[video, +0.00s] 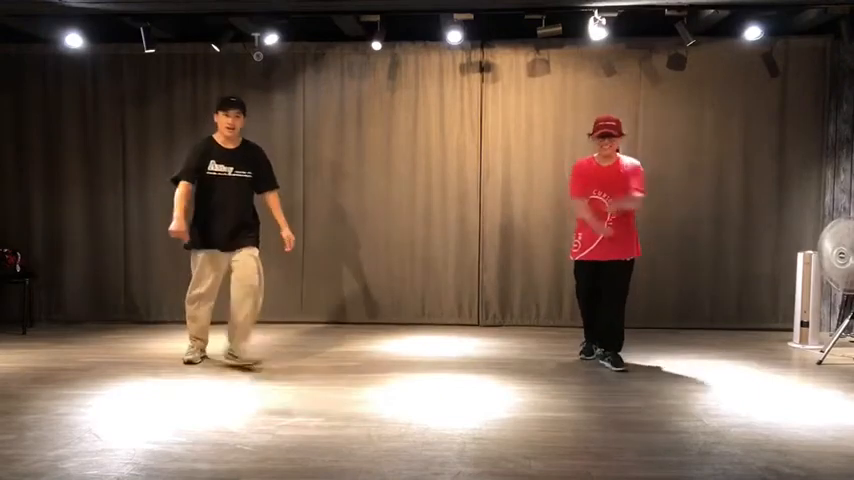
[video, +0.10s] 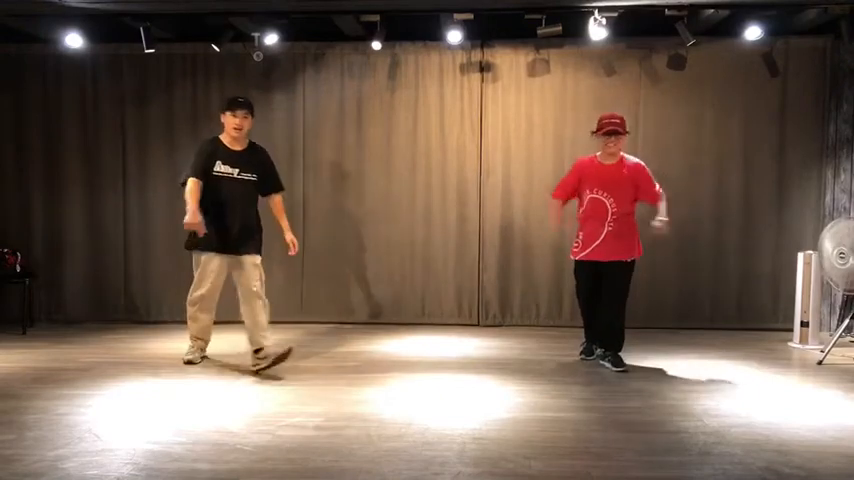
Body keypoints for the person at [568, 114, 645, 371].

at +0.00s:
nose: (606, 142)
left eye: (611, 138)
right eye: (601, 138)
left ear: (619, 140)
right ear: (594, 140)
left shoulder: (632, 167)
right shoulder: (582, 168)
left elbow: (637, 201)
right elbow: (579, 206)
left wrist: (617, 204)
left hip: (620, 248)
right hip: (587, 247)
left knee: (614, 300)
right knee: (587, 296)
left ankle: (610, 349)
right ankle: (591, 341)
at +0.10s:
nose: (611, 141)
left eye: (616, 136)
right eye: (606, 136)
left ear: (624, 138)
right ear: (598, 138)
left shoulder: (635, 168)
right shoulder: (583, 167)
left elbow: (659, 195)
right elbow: (558, 196)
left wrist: (661, 216)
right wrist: (556, 226)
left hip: (621, 250)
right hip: (588, 249)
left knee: (615, 302)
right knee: (587, 298)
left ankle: (611, 350)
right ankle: (591, 341)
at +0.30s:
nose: (626, 140)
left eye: (629, 136)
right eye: (621, 135)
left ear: (631, 137)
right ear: (606, 136)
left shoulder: (639, 167)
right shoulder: (585, 164)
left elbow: (661, 194)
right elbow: (558, 188)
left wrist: (677, 214)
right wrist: (537, 207)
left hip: (621, 251)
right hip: (587, 249)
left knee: (615, 302)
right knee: (583, 294)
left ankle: (611, 351)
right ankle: (591, 340)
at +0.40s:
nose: (630, 139)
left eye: (633, 135)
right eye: (625, 135)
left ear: (633, 137)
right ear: (609, 136)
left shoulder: (638, 168)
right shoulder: (586, 165)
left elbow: (653, 199)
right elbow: (564, 190)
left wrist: (666, 222)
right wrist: (544, 210)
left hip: (621, 251)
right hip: (587, 249)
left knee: (615, 304)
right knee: (582, 297)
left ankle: (610, 351)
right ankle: (587, 337)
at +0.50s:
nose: (631, 139)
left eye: (632, 135)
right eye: (626, 135)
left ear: (631, 138)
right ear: (610, 136)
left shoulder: (636, 167)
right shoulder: (584, 165)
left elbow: (645, 204)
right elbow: (566, 198)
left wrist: (652, 233)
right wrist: (551, 224)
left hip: (621, 251)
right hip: (586, 250)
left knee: (614, 305)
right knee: (582, 302)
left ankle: (610, 351)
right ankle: (579, 339)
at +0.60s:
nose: (629, 139)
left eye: (629, 134)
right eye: (624, 134)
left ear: (626, 137)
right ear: (607, 136)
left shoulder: (633, 167)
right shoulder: (582, 166)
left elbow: (640, 205)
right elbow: (566, 203)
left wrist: (641, 233)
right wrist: (561, 234)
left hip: (619, 250)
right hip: (586, 249)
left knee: (614, 305)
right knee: (581, 302)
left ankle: (610, 351)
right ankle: (570, 346)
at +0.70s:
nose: (623, 140)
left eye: (623, 135)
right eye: (618, 135)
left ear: (616, 137)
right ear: (602, 136)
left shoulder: (627, 166)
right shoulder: (580, 165)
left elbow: (638, 199)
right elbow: (568, 203)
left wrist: (633, 225)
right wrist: (573, 232)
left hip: (616, 250)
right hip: (584, 249)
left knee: (613, 305)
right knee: (577, 303)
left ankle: (610, 351)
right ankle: (566, 348)